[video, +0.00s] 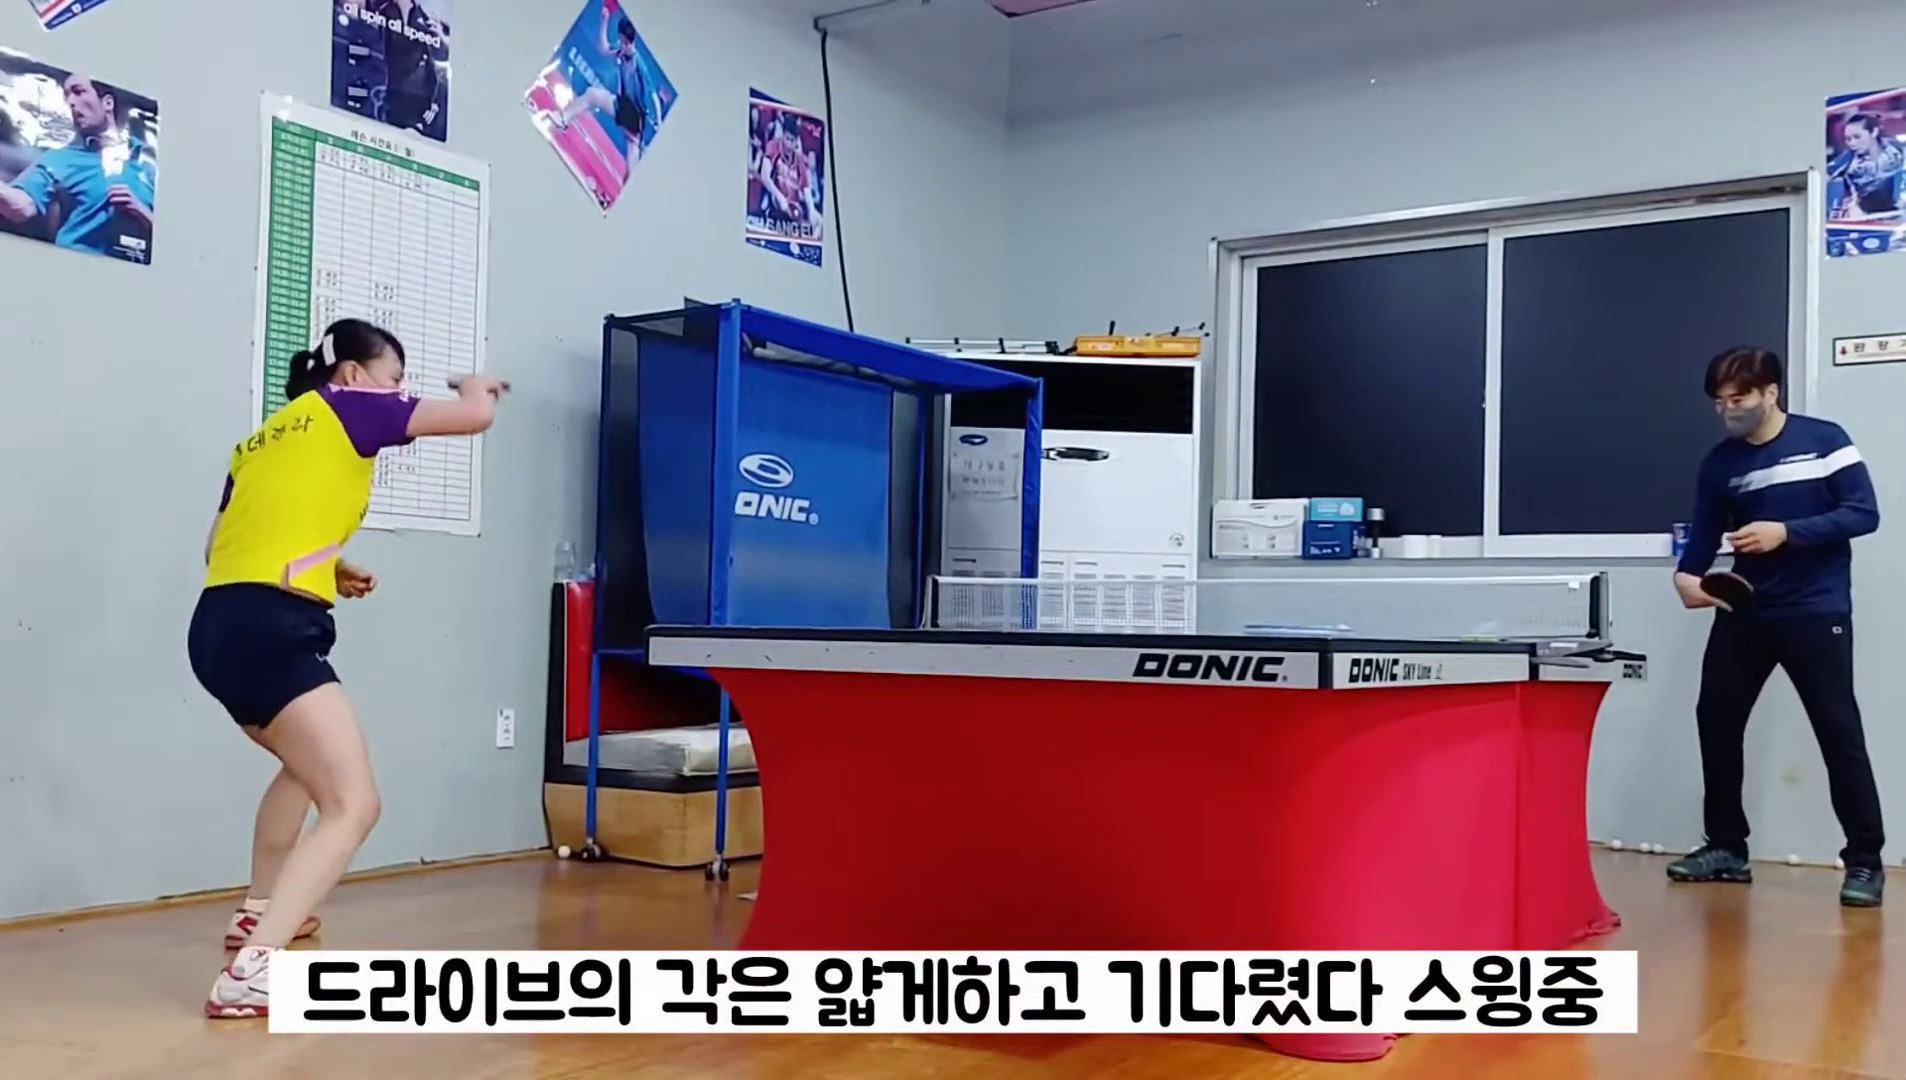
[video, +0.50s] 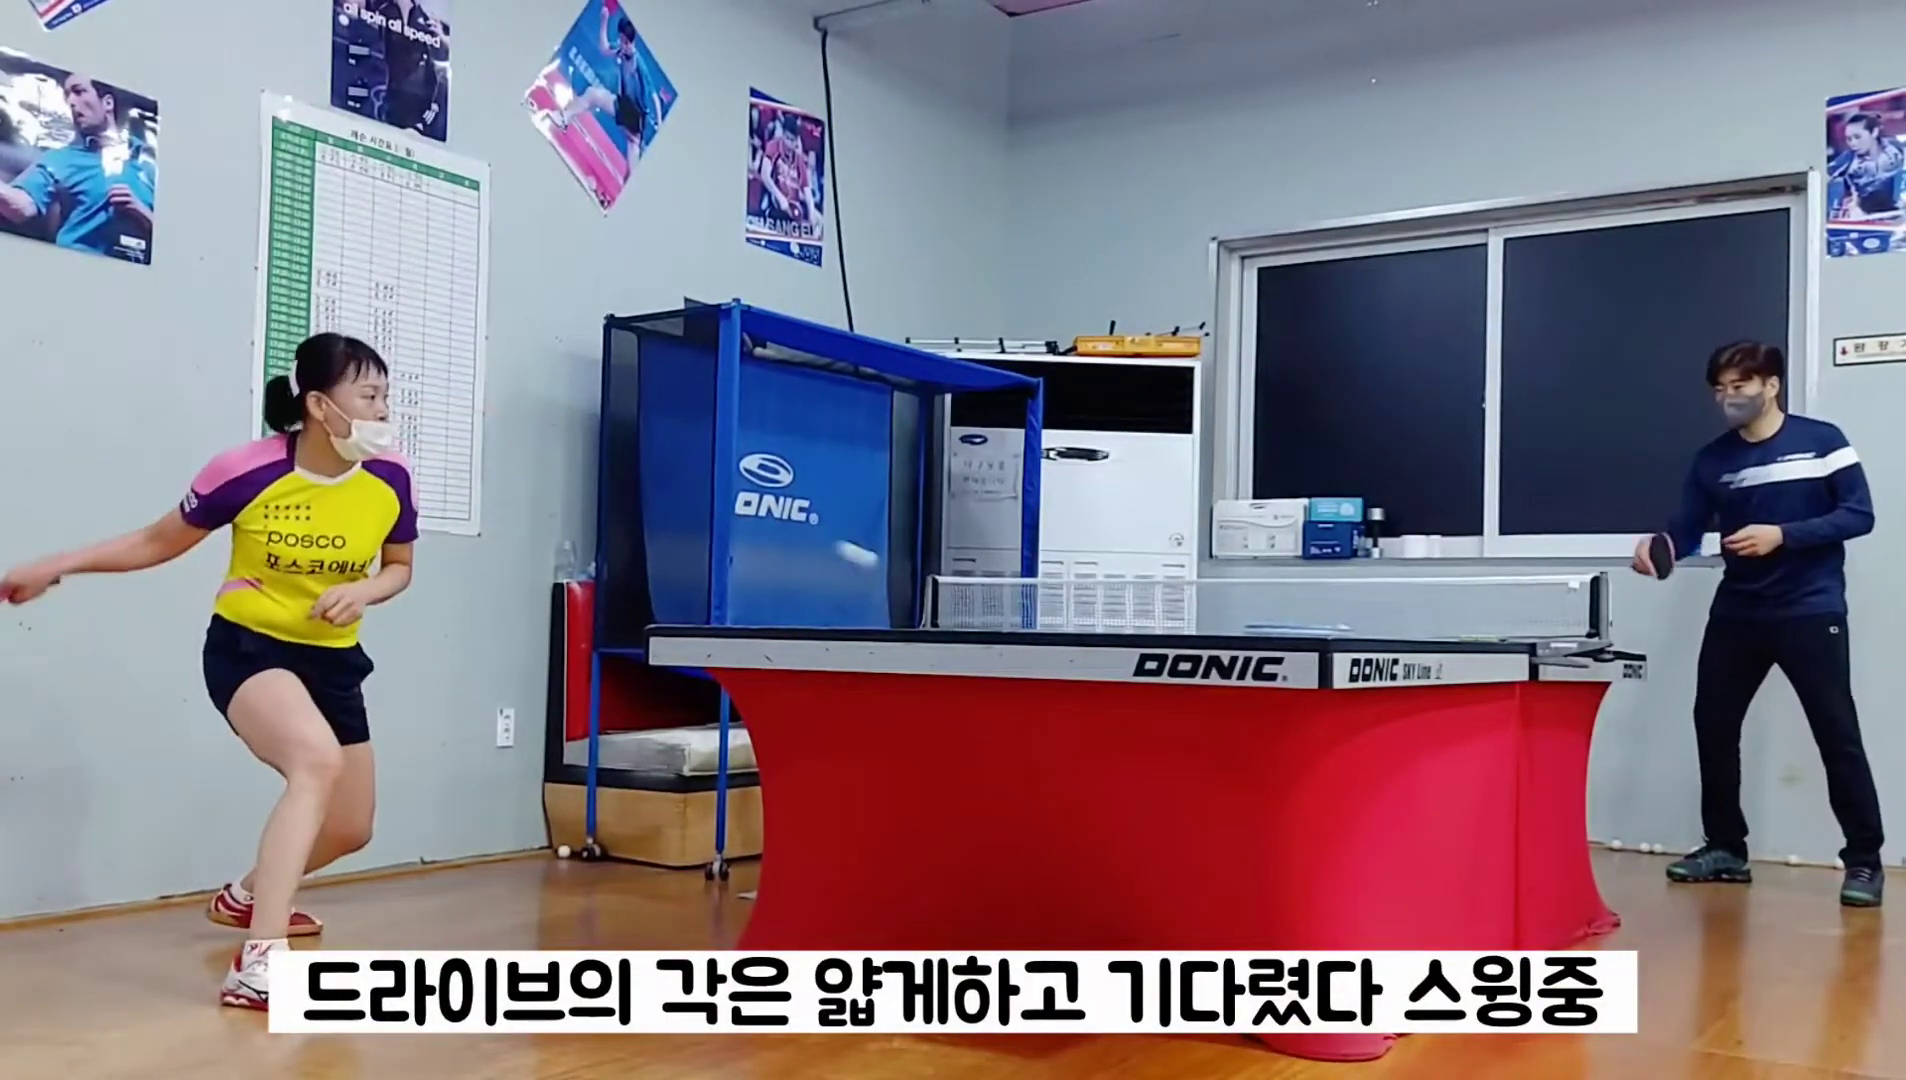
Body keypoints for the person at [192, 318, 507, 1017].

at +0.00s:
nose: (396, 393)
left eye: (398, 382)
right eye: (390, 379)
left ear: (326, 376)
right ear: (351, 371)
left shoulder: (257, 441)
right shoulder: (351, 406)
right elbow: (474, 416)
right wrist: (481, 386)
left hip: (214, 628)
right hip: (270, 625)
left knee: (303, 770)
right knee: (353, 806)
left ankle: (260, 911)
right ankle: (251, 970)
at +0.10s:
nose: (397, 369)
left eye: (398, 356)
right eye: (390, 352)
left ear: (336, 350)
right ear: (349, 343)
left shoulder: (288, 404)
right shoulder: (334, 388)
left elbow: (279, 491)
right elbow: (434, 446)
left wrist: (341, 537)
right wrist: (482, 439)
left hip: (242, 606)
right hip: (268, 608)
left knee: (306, 773)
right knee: (334, 784)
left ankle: (261, 908)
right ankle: (253, 965)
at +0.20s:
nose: (401, 342)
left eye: (401, 329)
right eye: (392, 328)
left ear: (355, 334)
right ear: (348, 330)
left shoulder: (343, 402)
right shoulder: (312, 384)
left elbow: (315, 503)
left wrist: (359, 527)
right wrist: (418, 519)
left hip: (298, 607)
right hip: (253, 600)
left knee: (333, 767)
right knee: (321, 764)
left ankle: (253, 897)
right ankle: (261, 958)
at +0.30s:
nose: (395, 362)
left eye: (395, 349)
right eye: (384, 348)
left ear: (355, 358)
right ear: (337, 357)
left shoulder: (383, 444)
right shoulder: (272, 430)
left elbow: (356, 522)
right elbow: (208, 534)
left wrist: (377, 544)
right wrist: (231, 581)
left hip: (323, 632)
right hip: (251, 625)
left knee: (346, 795)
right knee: (323, 767)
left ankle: (246, 898)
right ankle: (260, 960)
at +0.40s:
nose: (389, 401)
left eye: (389, 388)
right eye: (376, 389)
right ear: (326, 398)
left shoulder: (391, 474)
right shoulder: (253, 468)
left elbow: (394, 556)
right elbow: (164, 553)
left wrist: (375, 584)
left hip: (329, 654)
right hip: (247, 642)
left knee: (349, 824)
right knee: (320, 766)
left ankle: (248, 892)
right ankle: (263, 961)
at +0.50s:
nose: (383, 407)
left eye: (384, 392)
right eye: (368, 393)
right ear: (318, 405)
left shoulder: (391, 479)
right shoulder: (247, 472)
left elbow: (399, 569)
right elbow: (156, 543)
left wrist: (366, 592)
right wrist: (55, 566)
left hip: (333, 661)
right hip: (250, 647)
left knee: (350, 829)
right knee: (315, 762)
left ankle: (249, 894)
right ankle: (260, 960)